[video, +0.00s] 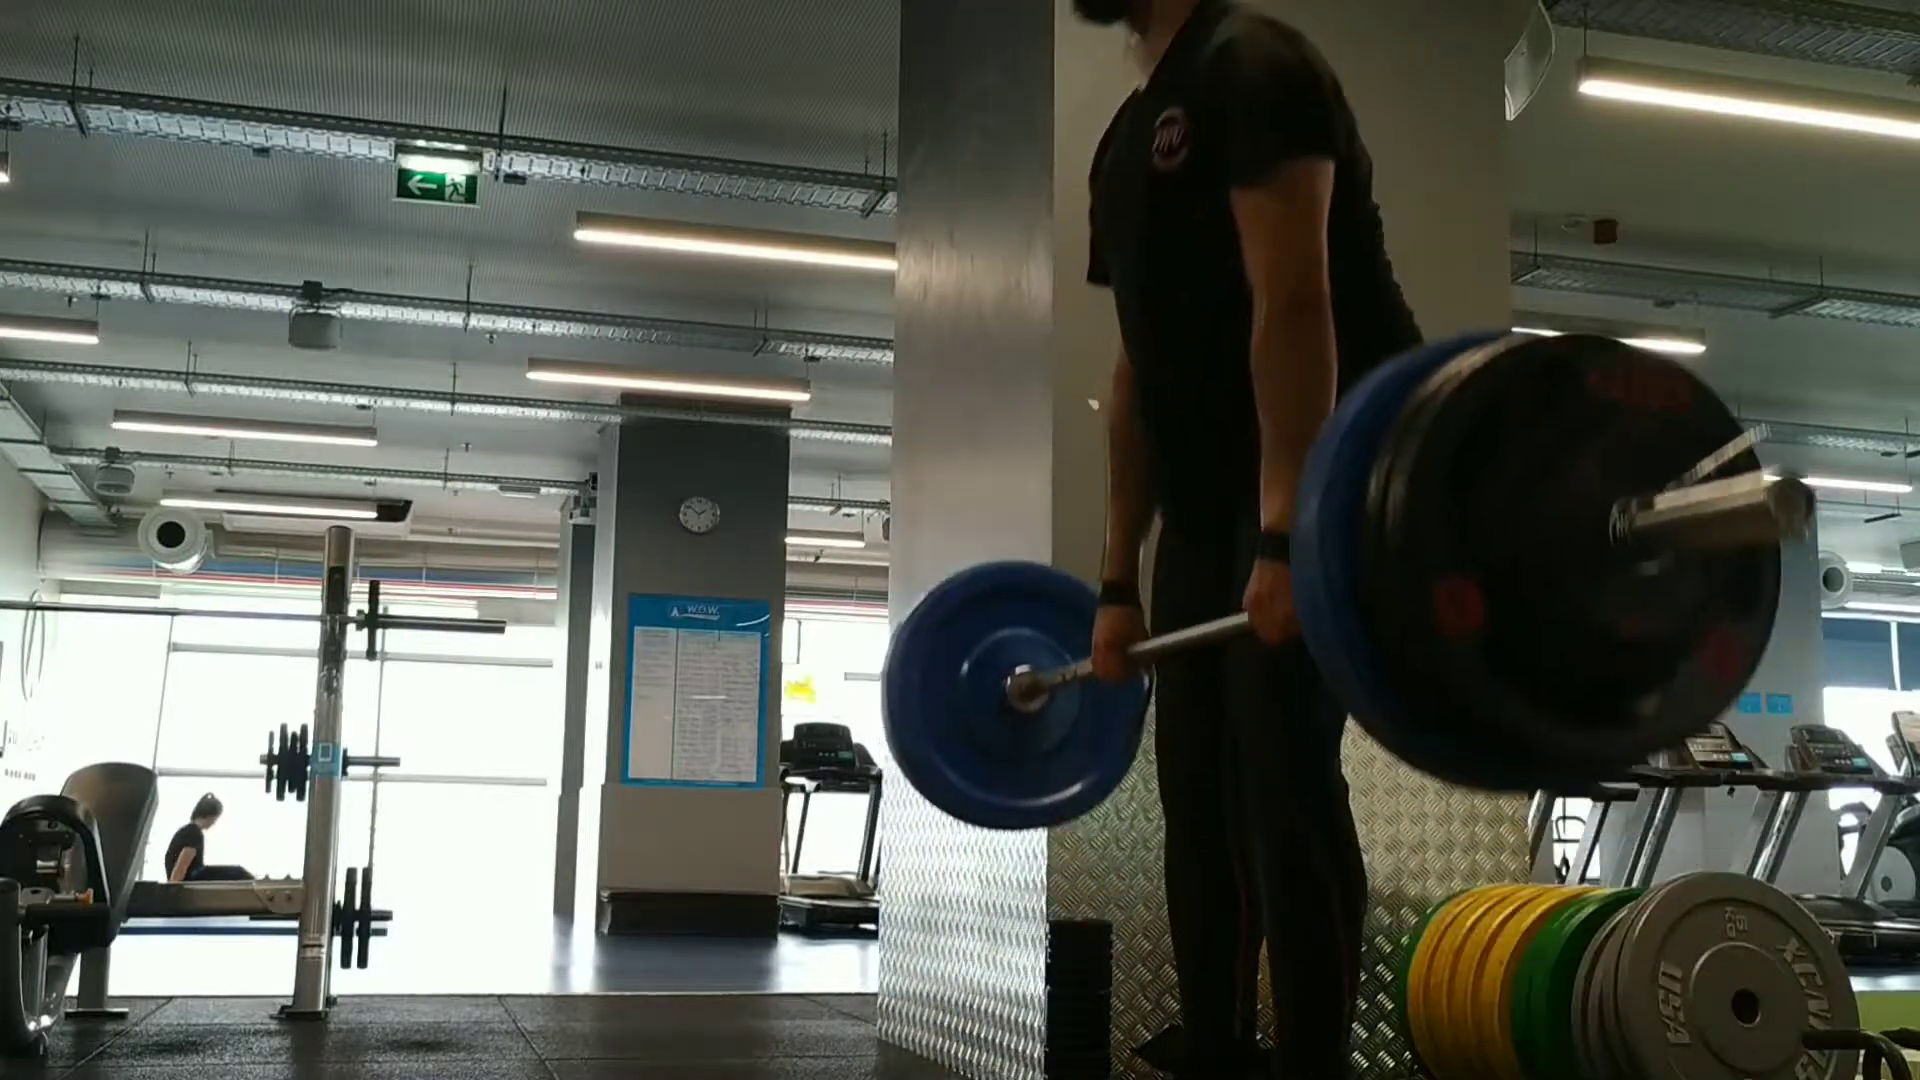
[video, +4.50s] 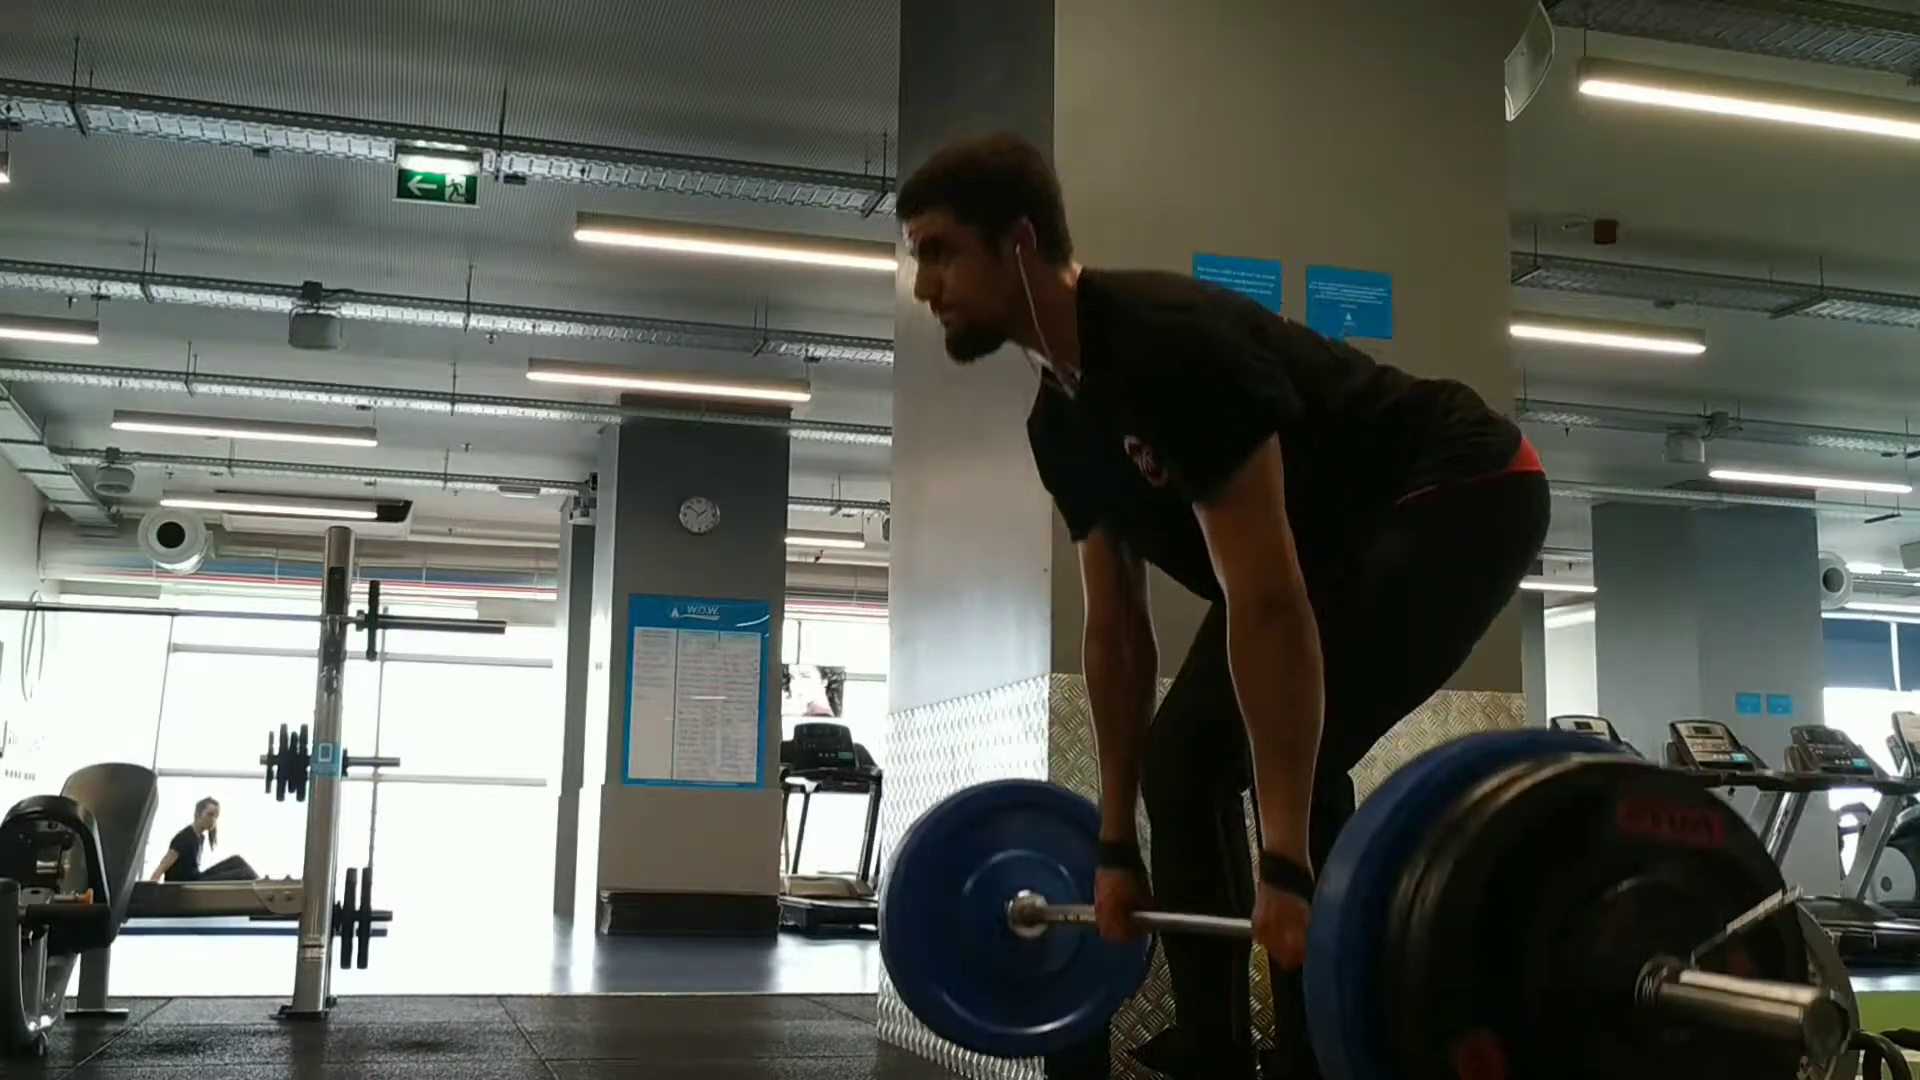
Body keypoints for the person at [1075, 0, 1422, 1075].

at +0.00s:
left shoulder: (1257, 63)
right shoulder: (1123, 139)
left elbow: (1296, 305)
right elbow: (1138, 369)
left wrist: (1284, 538)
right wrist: (1120, 579)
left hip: (1300, 505)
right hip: (1199, 514)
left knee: (1285, 788)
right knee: (1195, 785)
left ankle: (1313, 1057)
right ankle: (1213, 1050)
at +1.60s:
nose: (945, 134)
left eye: (963, 105)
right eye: (938, 111)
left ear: (1044, 100)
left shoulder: (1177, 217)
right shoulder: (1061, 300)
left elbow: (1267, 476)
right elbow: (1117, 518)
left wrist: (1273, 722)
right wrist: (1114, 728)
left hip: (1420, 479)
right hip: (1284, 503)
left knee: (1303, 764)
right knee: (1192, 754)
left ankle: (1311, 1052)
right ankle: (1212, 1038)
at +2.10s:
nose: (904, 310)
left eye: (923, 275)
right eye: (900, 283)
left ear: (1004, 264)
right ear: (998, 274)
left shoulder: (1152, 350)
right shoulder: (1050, 442)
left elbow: (1261, 623)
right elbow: (1111, 642)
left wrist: (1279, 887)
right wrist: (1115, 861)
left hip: (1461, 490)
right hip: (1326, 533)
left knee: (1285, 747)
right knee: (1174, 761)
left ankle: (1317, 1037)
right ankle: (1209, 1041)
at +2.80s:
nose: (949, 133)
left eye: (967, 103)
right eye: (945, 109)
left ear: (1052, 100)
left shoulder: (1184, 215)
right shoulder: (1065, 303)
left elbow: (1270, 480)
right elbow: (1116, 521)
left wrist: (1278, 723)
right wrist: (1117, 730)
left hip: (1427, 470)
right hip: (1290, 498)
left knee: (1330, 756)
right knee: (1212, 750)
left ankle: (1318, 1052)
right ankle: (1216, 1043)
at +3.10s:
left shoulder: (1248, 69)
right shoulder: (1129, 136)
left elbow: (1283, 317)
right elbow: (1126, 376)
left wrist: (1272, 544)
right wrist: (1110, 579)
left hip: (1327, 483)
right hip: (1220, 490)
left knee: (1294, 776)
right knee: (1200, 769)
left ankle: (1314, 1060)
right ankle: (1215, 1050)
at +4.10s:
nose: (972, 120)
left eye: (989, 90)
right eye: (966, 97)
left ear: (1067, 84)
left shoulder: (1201, 204)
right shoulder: (1078, 285)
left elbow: (1277, 456)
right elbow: (1123, 497)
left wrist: (1285, 705)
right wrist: (1116, 714)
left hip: (1423, 488)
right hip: (1285, 516)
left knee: (1314, 766)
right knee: (1199, 756)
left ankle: (1316, 1059)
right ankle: (1213, 1049)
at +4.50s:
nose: (922, 288)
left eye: (938, 255)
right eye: (918, 263)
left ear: (1020, 242)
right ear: (1012, 252)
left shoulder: (1172, 341)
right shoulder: (1061, 424)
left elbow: (1270, 605)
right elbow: (1114, 631)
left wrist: (1287, 868)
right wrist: (1116, 843)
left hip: (1458, 491)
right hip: (1318, 530)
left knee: (1295, 754)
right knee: (1179, 758)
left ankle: (1312, 1047)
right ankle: (1210, 1037)